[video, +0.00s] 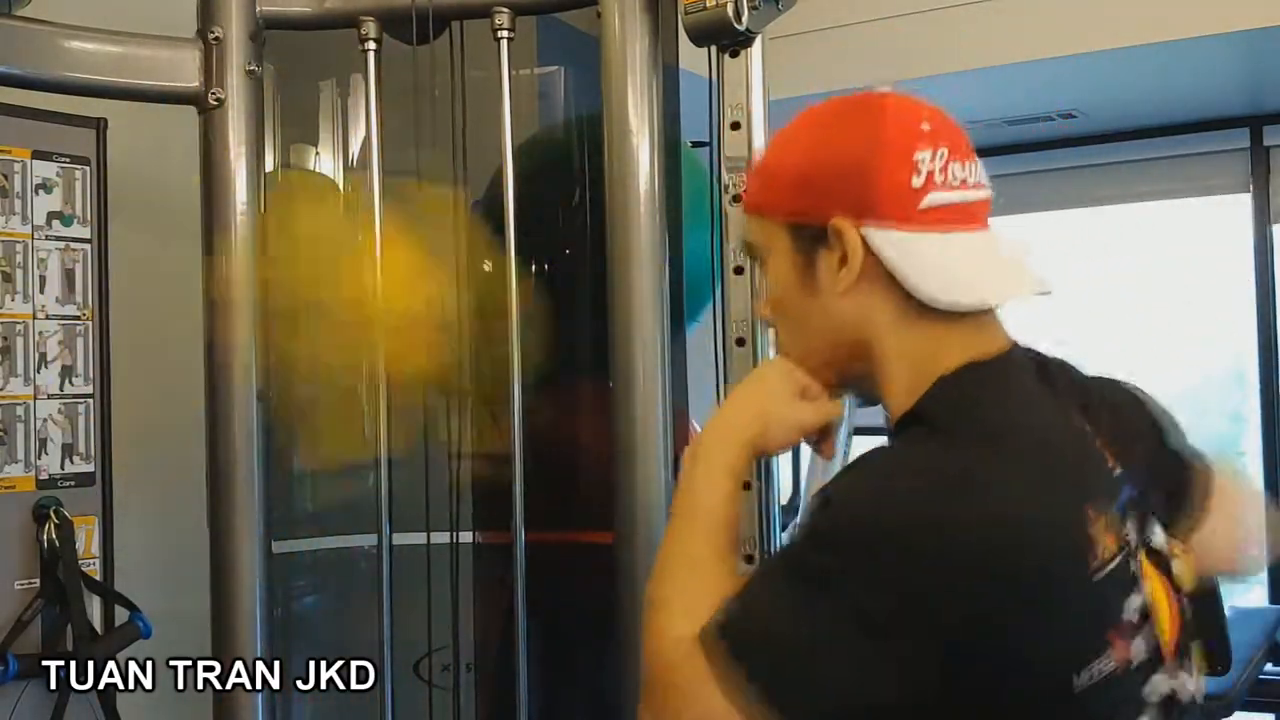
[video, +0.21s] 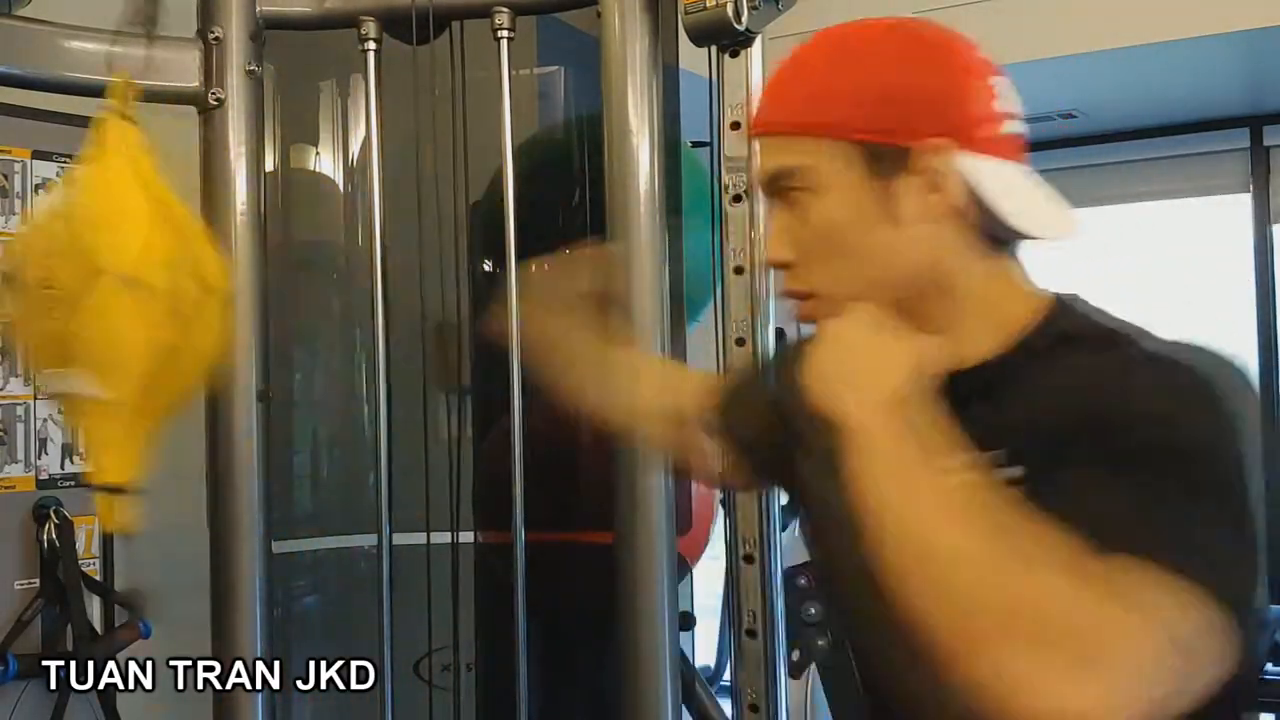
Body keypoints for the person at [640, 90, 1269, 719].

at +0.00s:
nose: (761, 306)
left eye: (763, 264)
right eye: (753, 268)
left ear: (844, 255)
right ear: (950, 241)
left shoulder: (902, 506)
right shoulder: (1113, 413)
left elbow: (679, 701)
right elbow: (1244, 536)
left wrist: (721, 445)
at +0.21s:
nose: (769, 251)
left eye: (793, 194)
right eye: (767, 204)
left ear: (928, 186)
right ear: (921, 190)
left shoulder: (1168, 403)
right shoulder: (831, 384)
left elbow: (1100, 678)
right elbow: (699, 420)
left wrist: (886, 421)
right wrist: (560, 334)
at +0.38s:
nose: (834, 251)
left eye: (865, 201)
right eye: (829, 210)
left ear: (1010, 184)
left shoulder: (1235, 391)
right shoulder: (847, 405)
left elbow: (1223, 680)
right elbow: (635, 513)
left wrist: (1007, 395)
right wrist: (414, 358)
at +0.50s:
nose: (890, 270)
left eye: (915, 210)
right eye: (884, 224)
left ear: (1068, 191)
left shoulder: (1256, 399)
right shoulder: (924, 437)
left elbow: (1229, 693)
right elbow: (747, 610)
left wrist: (1043, 413)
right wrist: (633, 488)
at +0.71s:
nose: (919, 277)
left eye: (932, 216)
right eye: (912, 230)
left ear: (1073, 188)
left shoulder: (1262, 392)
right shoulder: (1029, 423)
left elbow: (1166, 698)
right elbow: (875, 590)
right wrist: (770, 470)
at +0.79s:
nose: (904, 273)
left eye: (909, 216)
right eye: (897, 226)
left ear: (1038, 188)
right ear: (1039, 190)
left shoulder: (1250, 405)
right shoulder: (1023, 426)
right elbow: (883, 599)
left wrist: (872, 368)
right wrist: (813, 414)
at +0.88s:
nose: (880, 268)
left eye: (884, 218)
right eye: (875, 225)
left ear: (1000, 193)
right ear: (1003, 195)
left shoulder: (1197, 424)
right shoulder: (1030, 426)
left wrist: (837, 359)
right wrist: (840, 366)